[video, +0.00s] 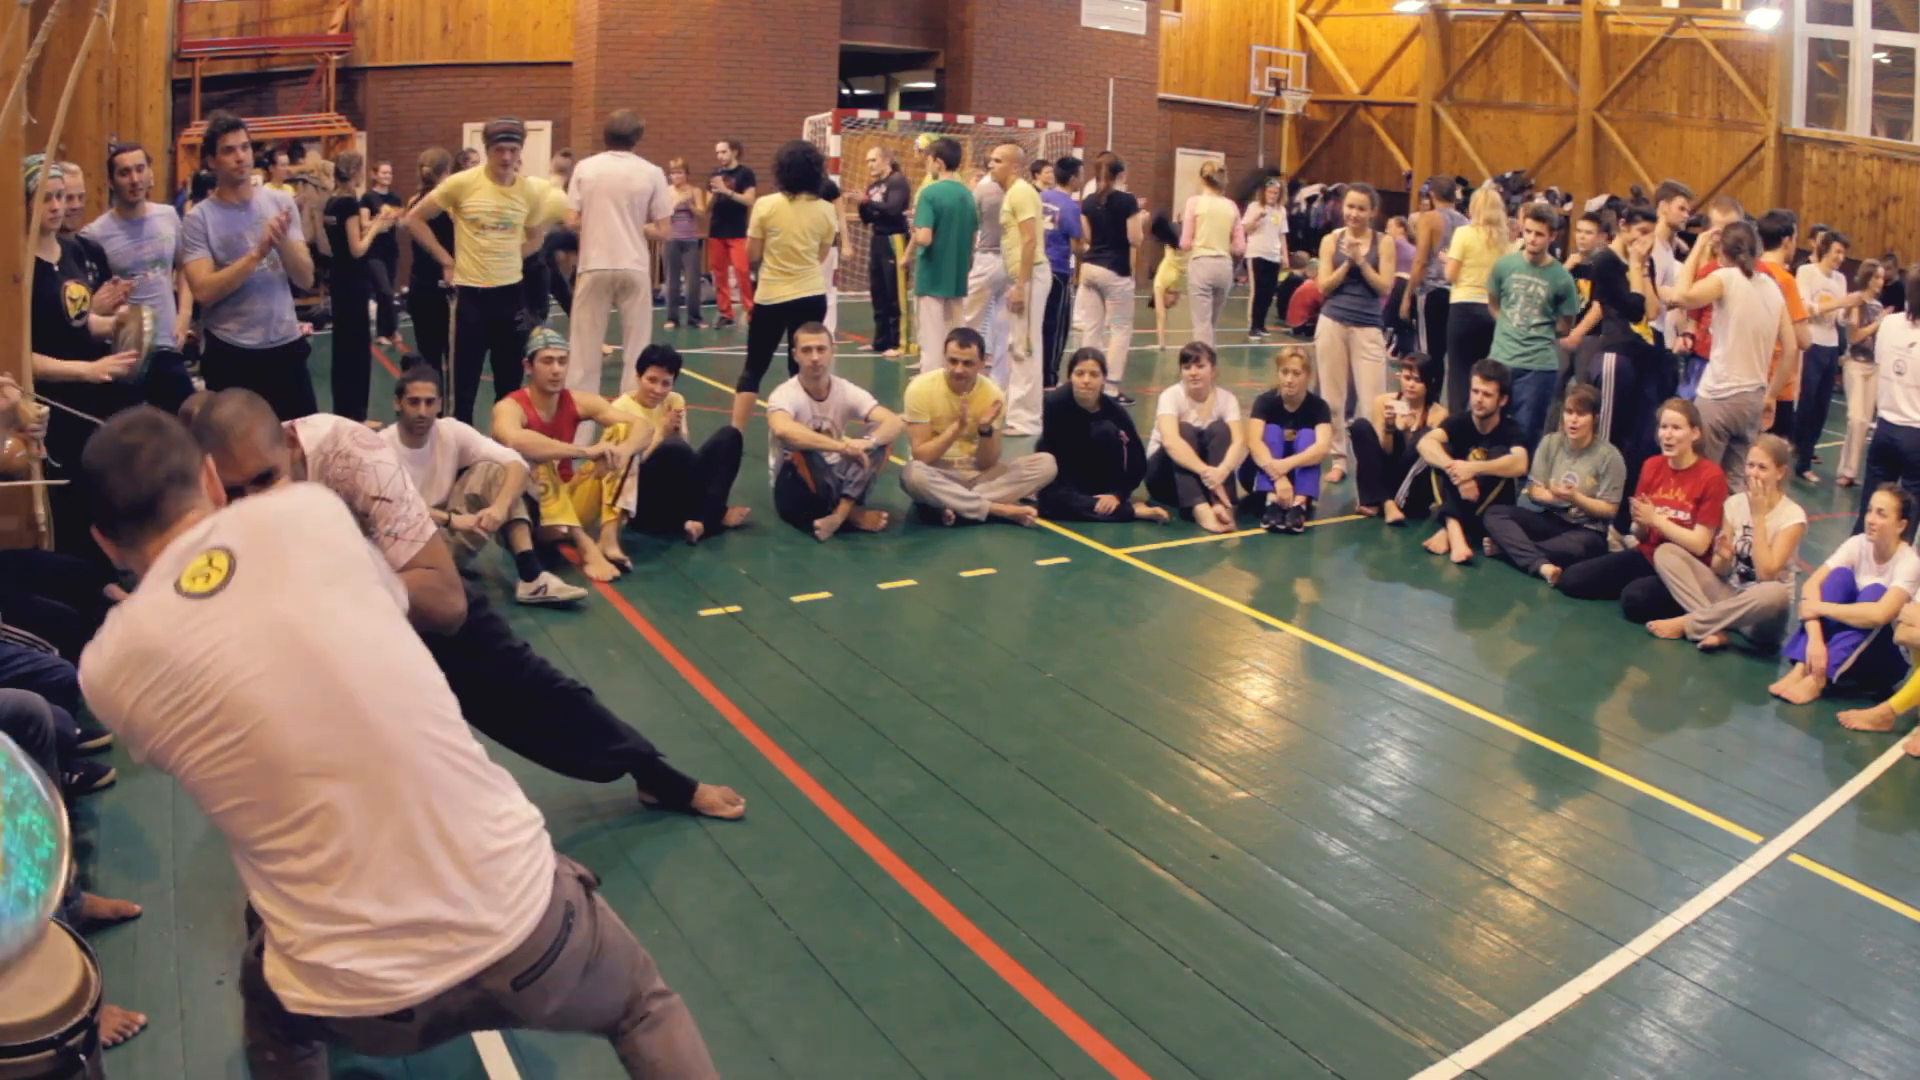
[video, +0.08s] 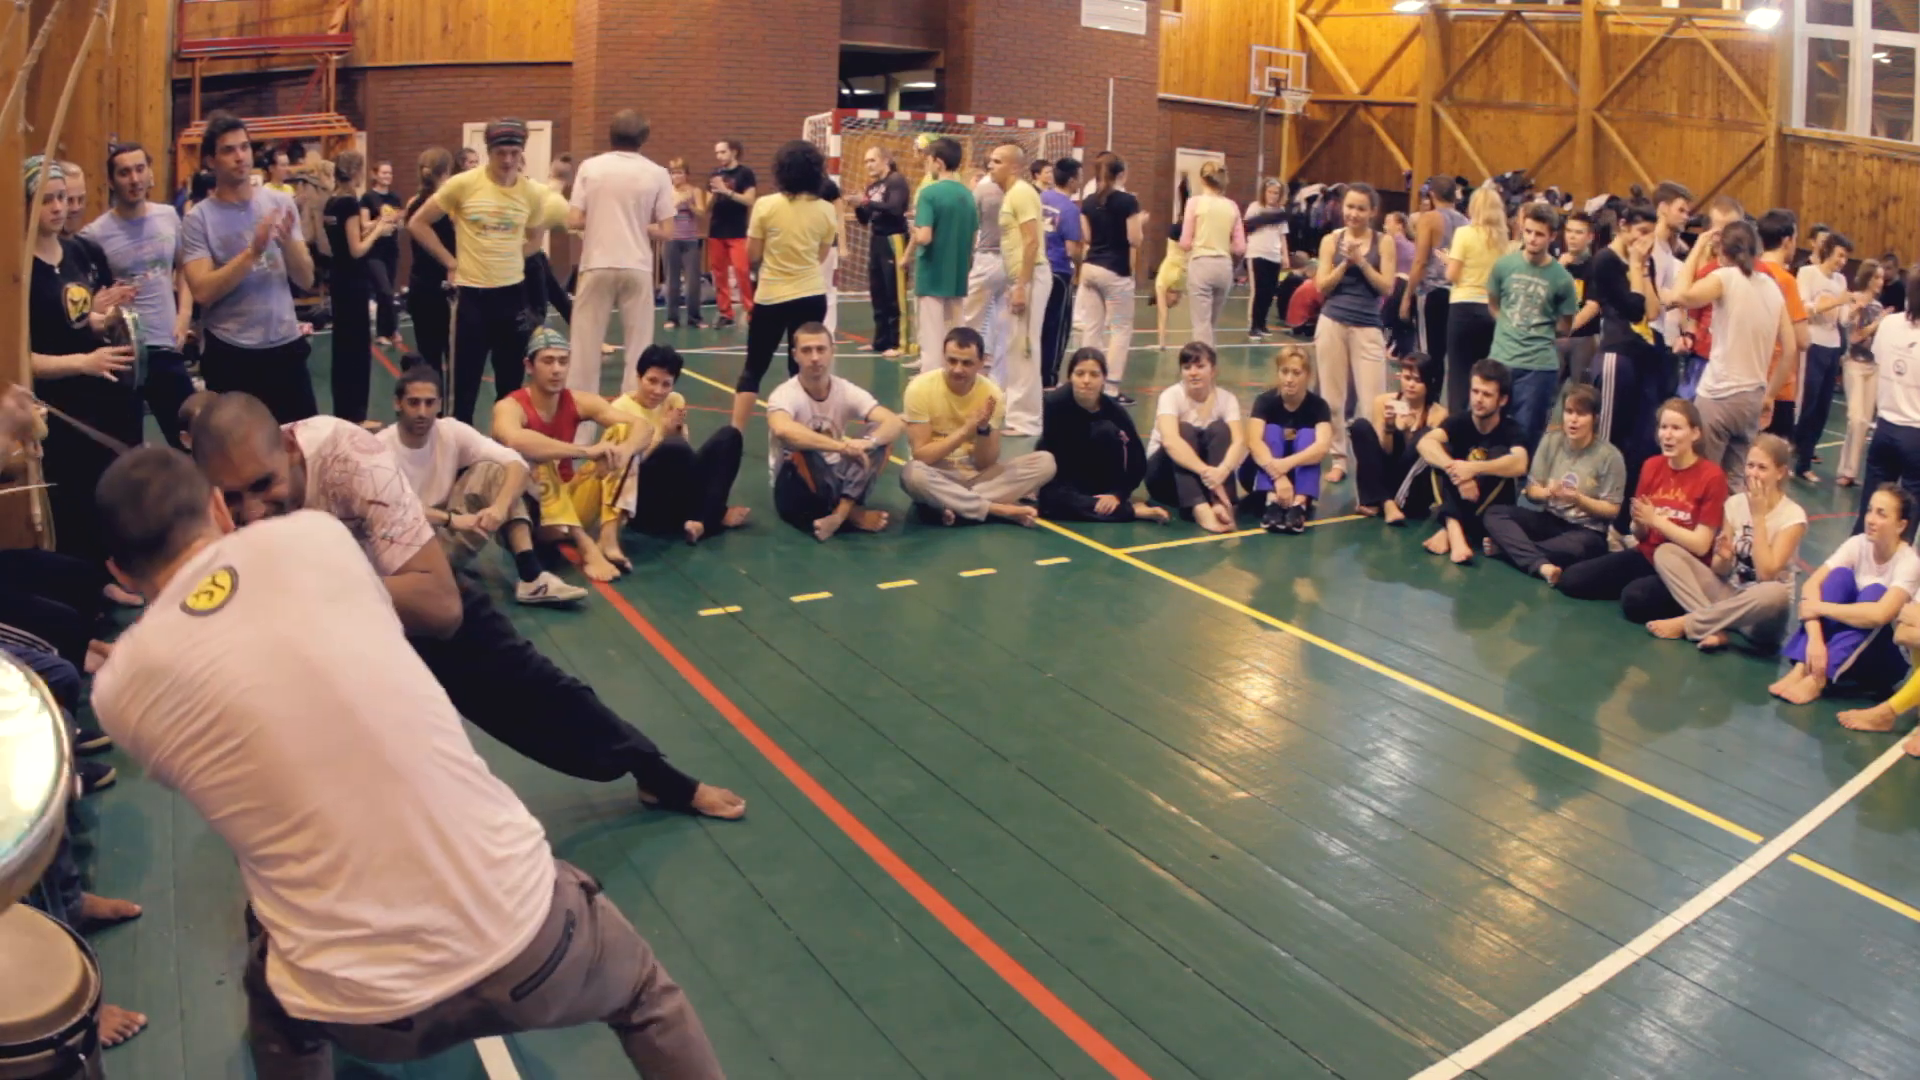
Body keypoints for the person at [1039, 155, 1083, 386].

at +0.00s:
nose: (1081, 180)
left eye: (1080, 176)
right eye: (1079, 176)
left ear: (1057, 175)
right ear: (1072, 177)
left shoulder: (1041, 197)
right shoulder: (1069, 205)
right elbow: (1076, 244)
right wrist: (1086, 251)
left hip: (1037, 262)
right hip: (1058, 268)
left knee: (1038, 319)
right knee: (1057, 324)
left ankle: (1034, 371)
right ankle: (1049, 375)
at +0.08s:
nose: (1080, 182)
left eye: (1079, 178)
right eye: (1078, 178)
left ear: (1056, 177)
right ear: (1072, 179)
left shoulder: (1041, 198)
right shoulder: (1069, 207)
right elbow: (1072, 248)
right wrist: (1079, 261)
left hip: (1036, 264)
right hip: (1058, 269)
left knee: (1036, 320)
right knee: (1056, 326)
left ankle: (1032, 372)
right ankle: (1048, 377)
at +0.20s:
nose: (1077, 180)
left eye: (1076, 175)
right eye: (1075, 176)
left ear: (1053, 176)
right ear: (1068, 178)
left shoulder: (1039, 197)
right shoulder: (1069, 206)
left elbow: (1031, 231)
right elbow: (1065, 243)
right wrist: (1077, 263)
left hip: (1035, 264)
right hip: (1057, 269)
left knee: (1035, 320)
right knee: (1055, 325)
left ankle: (1030, 372)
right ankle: (1048, 376)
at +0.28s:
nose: (1076, 179)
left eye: (1075, 174)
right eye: (1073, 175)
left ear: (1051, 176)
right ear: (1065, 177)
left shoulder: (1037, 197)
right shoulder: (1066, 204)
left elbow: (1030, 231)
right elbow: (1062, 241)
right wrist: (1075, 260)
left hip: (1034, 264)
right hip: (1055, 268)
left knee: (1036, 321)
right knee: (1054, 325)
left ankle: (1032, 373)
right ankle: (1048, 377)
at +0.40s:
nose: (1074, 179)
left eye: (1073, 174)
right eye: (1071, 174)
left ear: (1052, 177)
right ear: (1059, 177)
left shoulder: (1039, 197)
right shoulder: (1058, 203)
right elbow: (1060, 242)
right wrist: (1073, 261)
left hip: (1036, 264)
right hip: (1052, 269)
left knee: (1041, 323)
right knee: (1054, 325)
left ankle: (1041, 374)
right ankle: (1048, 377)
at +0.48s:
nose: (1070, 180)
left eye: (1069, 175)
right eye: (1066, 176)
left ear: (1050, 178)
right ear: (1053, 177)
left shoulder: (1035, 197)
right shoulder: (1055, 202)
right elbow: (1056, 239)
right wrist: (1075, 258)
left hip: (1032, 263)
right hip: (1049, 268)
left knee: (1039, 322)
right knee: (1052, 324)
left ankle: (1038, 373)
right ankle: (1047, 376)